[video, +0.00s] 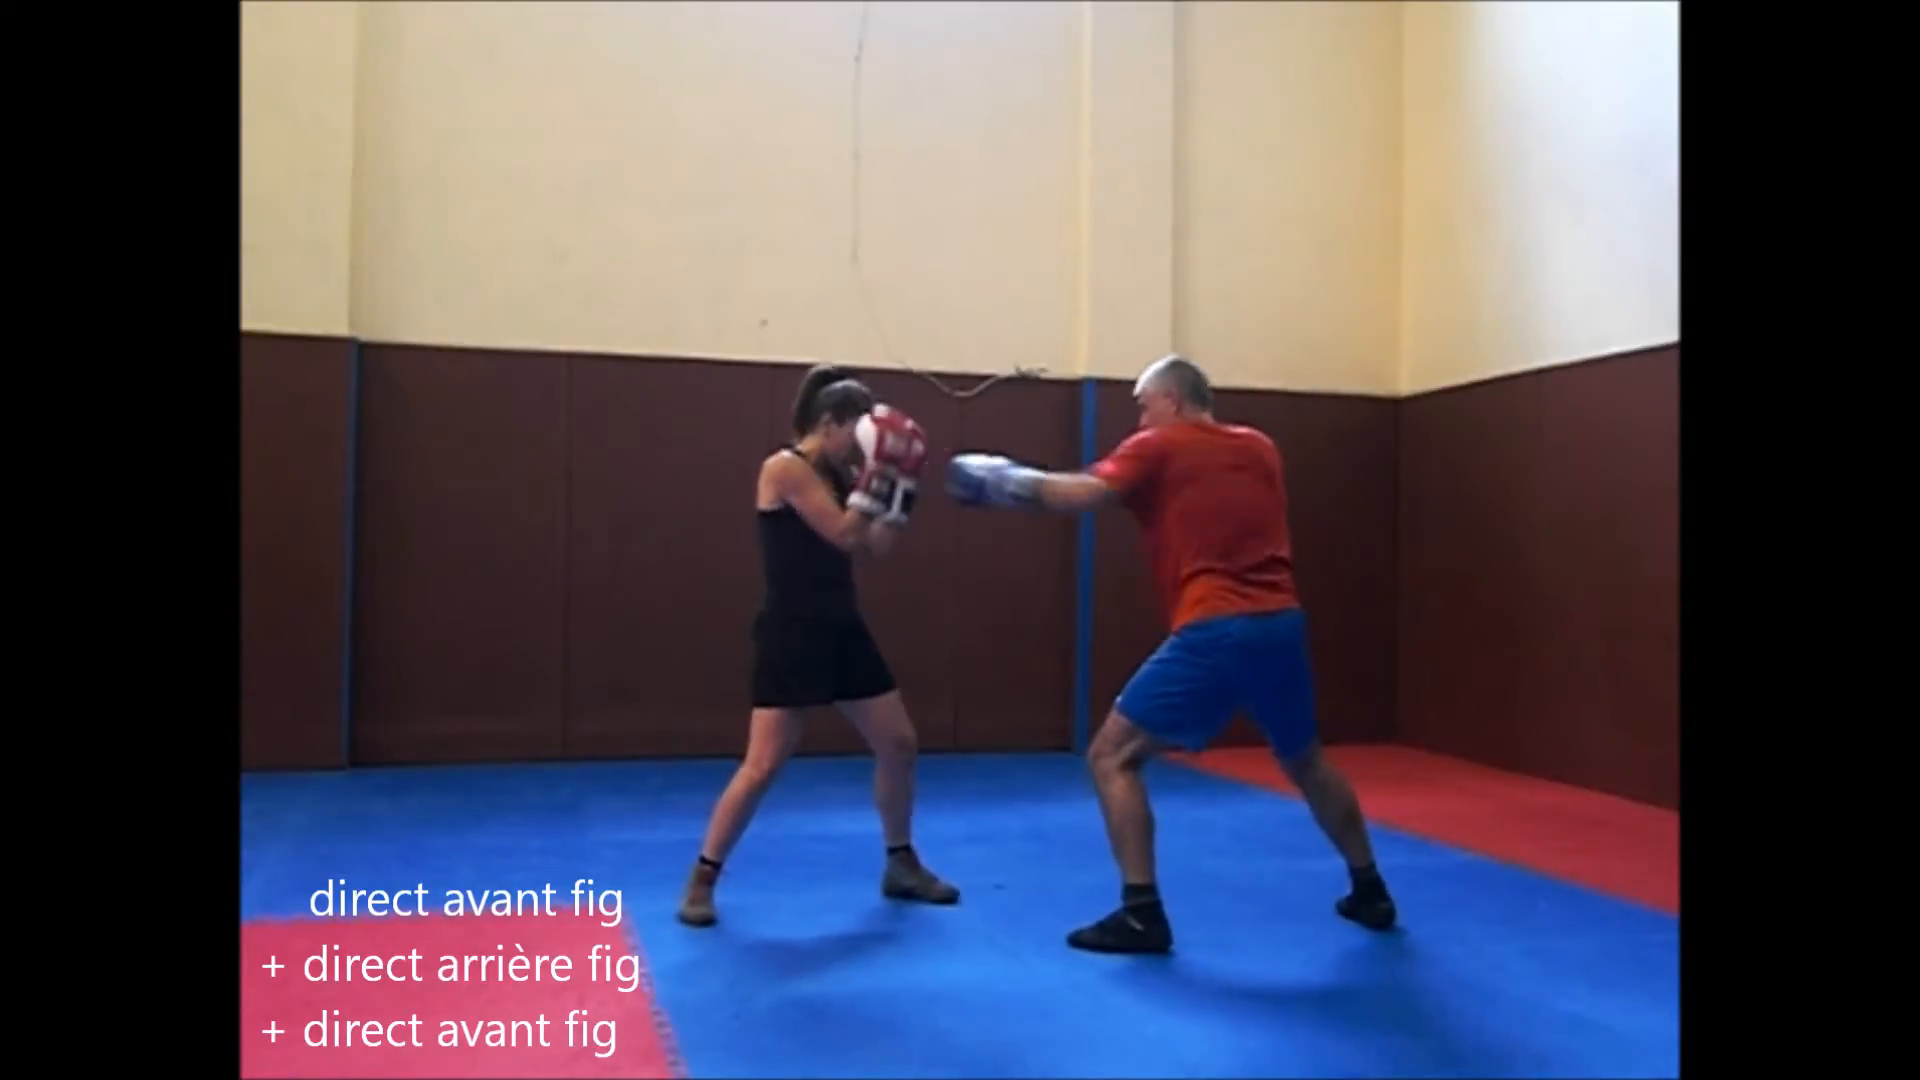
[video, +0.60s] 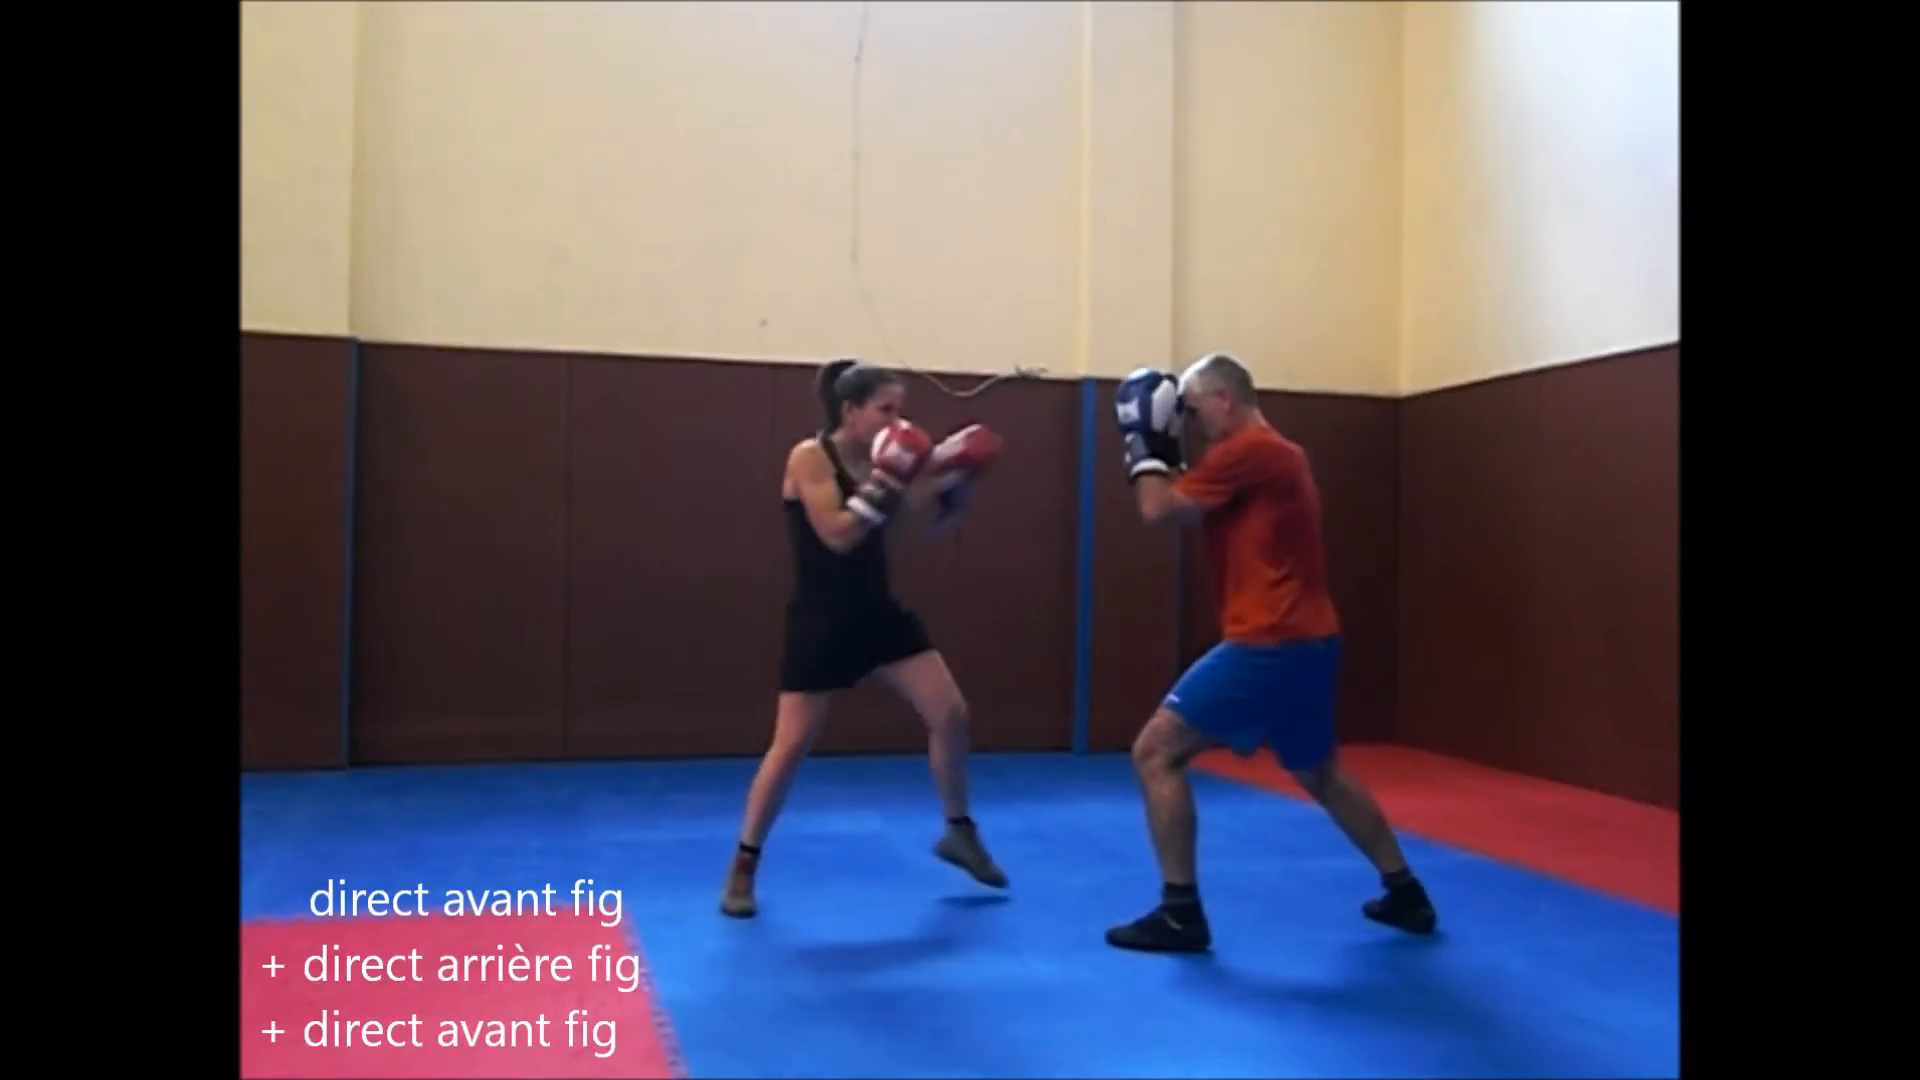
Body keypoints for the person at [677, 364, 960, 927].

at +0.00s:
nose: (860, 442)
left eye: (864, 432)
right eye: (857, 430)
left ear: (838, 425)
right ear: (828, 422)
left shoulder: (834, 475)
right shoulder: (784, 469)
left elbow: (879, 539)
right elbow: (844, 532)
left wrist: (899, 483)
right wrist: (878, 476)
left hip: (840, 634)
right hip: (790, 636)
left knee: (897, 743)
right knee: (762, 765)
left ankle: (901, 865)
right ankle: (702, 879)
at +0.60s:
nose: (894, 421)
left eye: (898, 411)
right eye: (885, 410)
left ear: (877, 415)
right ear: (850, 410)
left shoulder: (883, 460)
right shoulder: (810, 457)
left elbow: (922, 521)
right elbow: (837, 532)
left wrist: (955, 485)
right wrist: (888, 483)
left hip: (878, 616)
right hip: (820, 622)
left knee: (949, 712)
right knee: (791, 744)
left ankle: (959, 830)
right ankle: (744, 863)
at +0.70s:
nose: (913, 427)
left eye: (916, 416)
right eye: (902, 416)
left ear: (915, 419)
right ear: (863, 416)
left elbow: (1001, 465)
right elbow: (817, 539)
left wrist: (1058, 446)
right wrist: (867, 491)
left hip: (897, 617)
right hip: (839, 618)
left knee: (942, 734)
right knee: (808, 739)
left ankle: (959, 855)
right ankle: (747, 861)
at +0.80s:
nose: (941, 433)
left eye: (944, 423)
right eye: (932, 422)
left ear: (933, 423)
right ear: (897, 422)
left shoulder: (940, 467)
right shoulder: (852, 469)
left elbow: (1015, 498)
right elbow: (831, 544)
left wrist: (1051, 457)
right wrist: (881, 501)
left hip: (912, 627)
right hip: (857, 626)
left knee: (953, 738)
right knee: (826, 748)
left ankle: (958, 861)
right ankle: (754, 861)